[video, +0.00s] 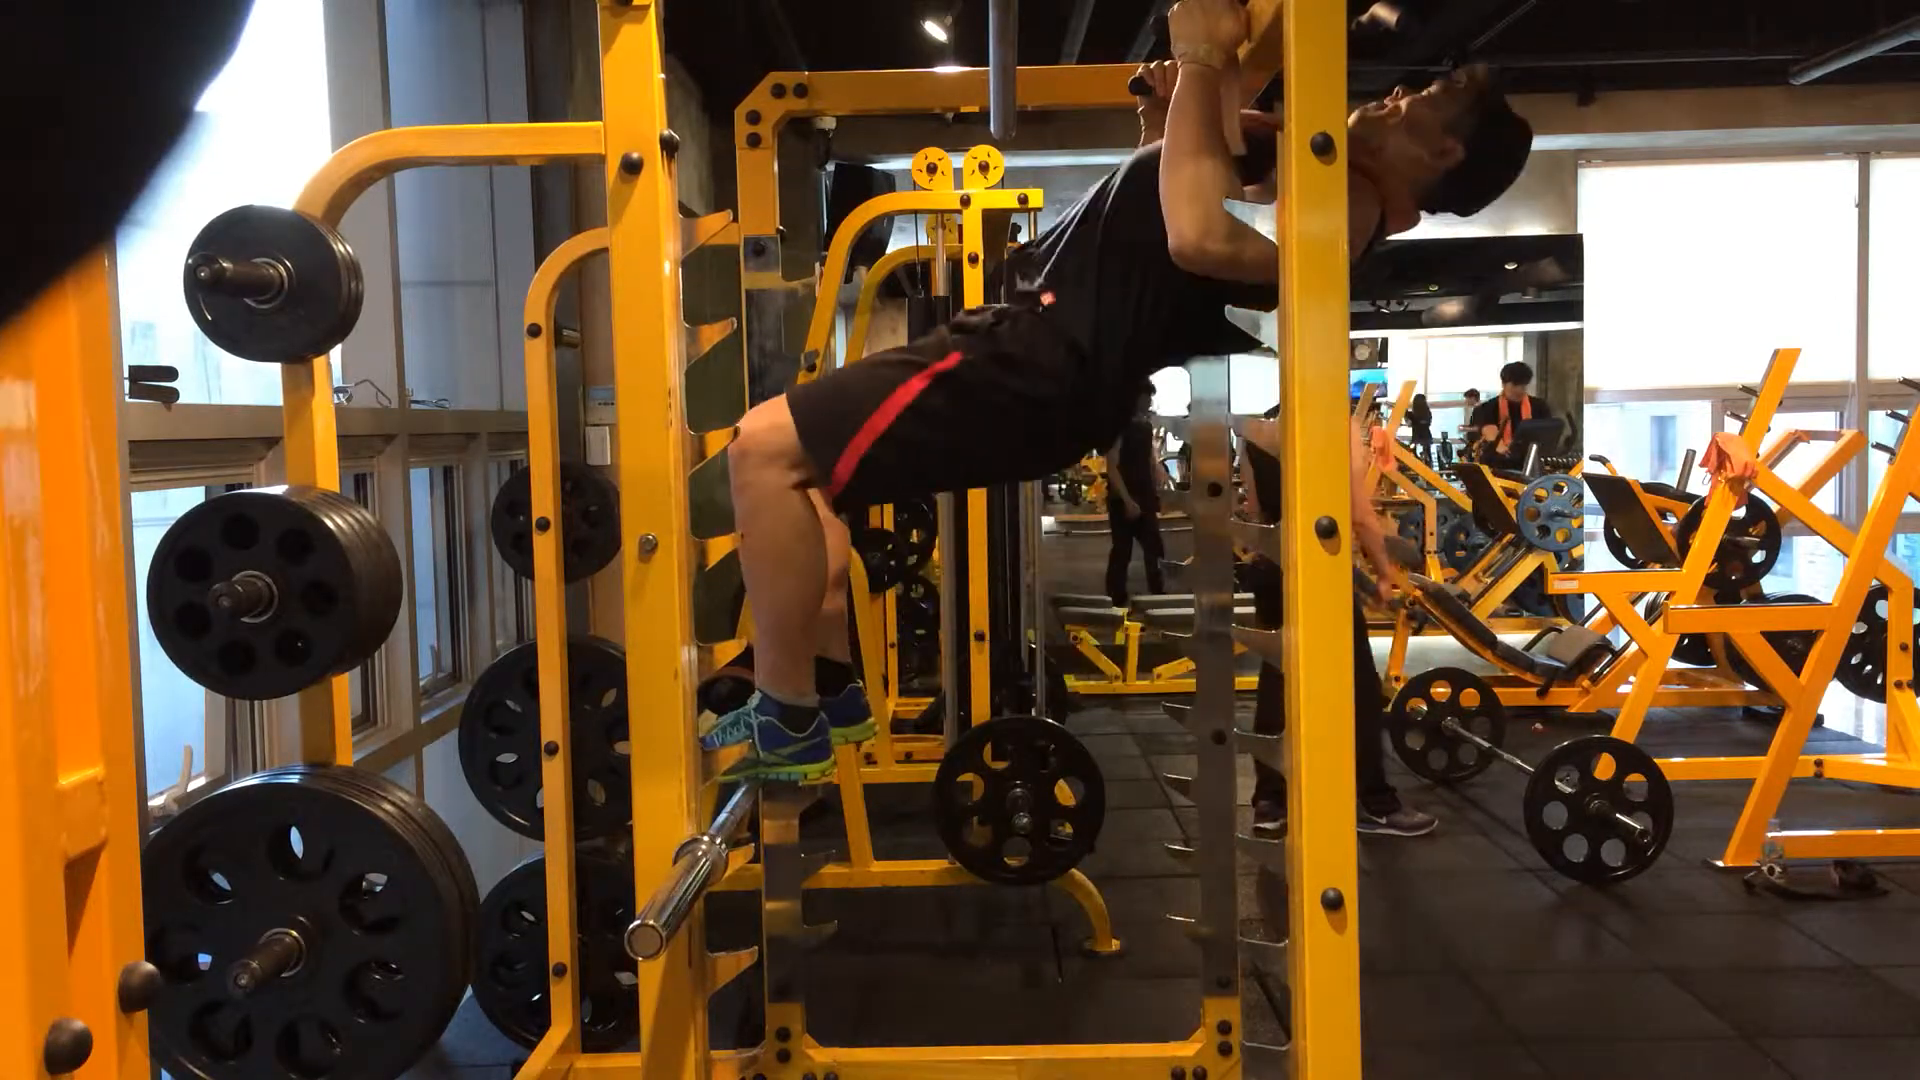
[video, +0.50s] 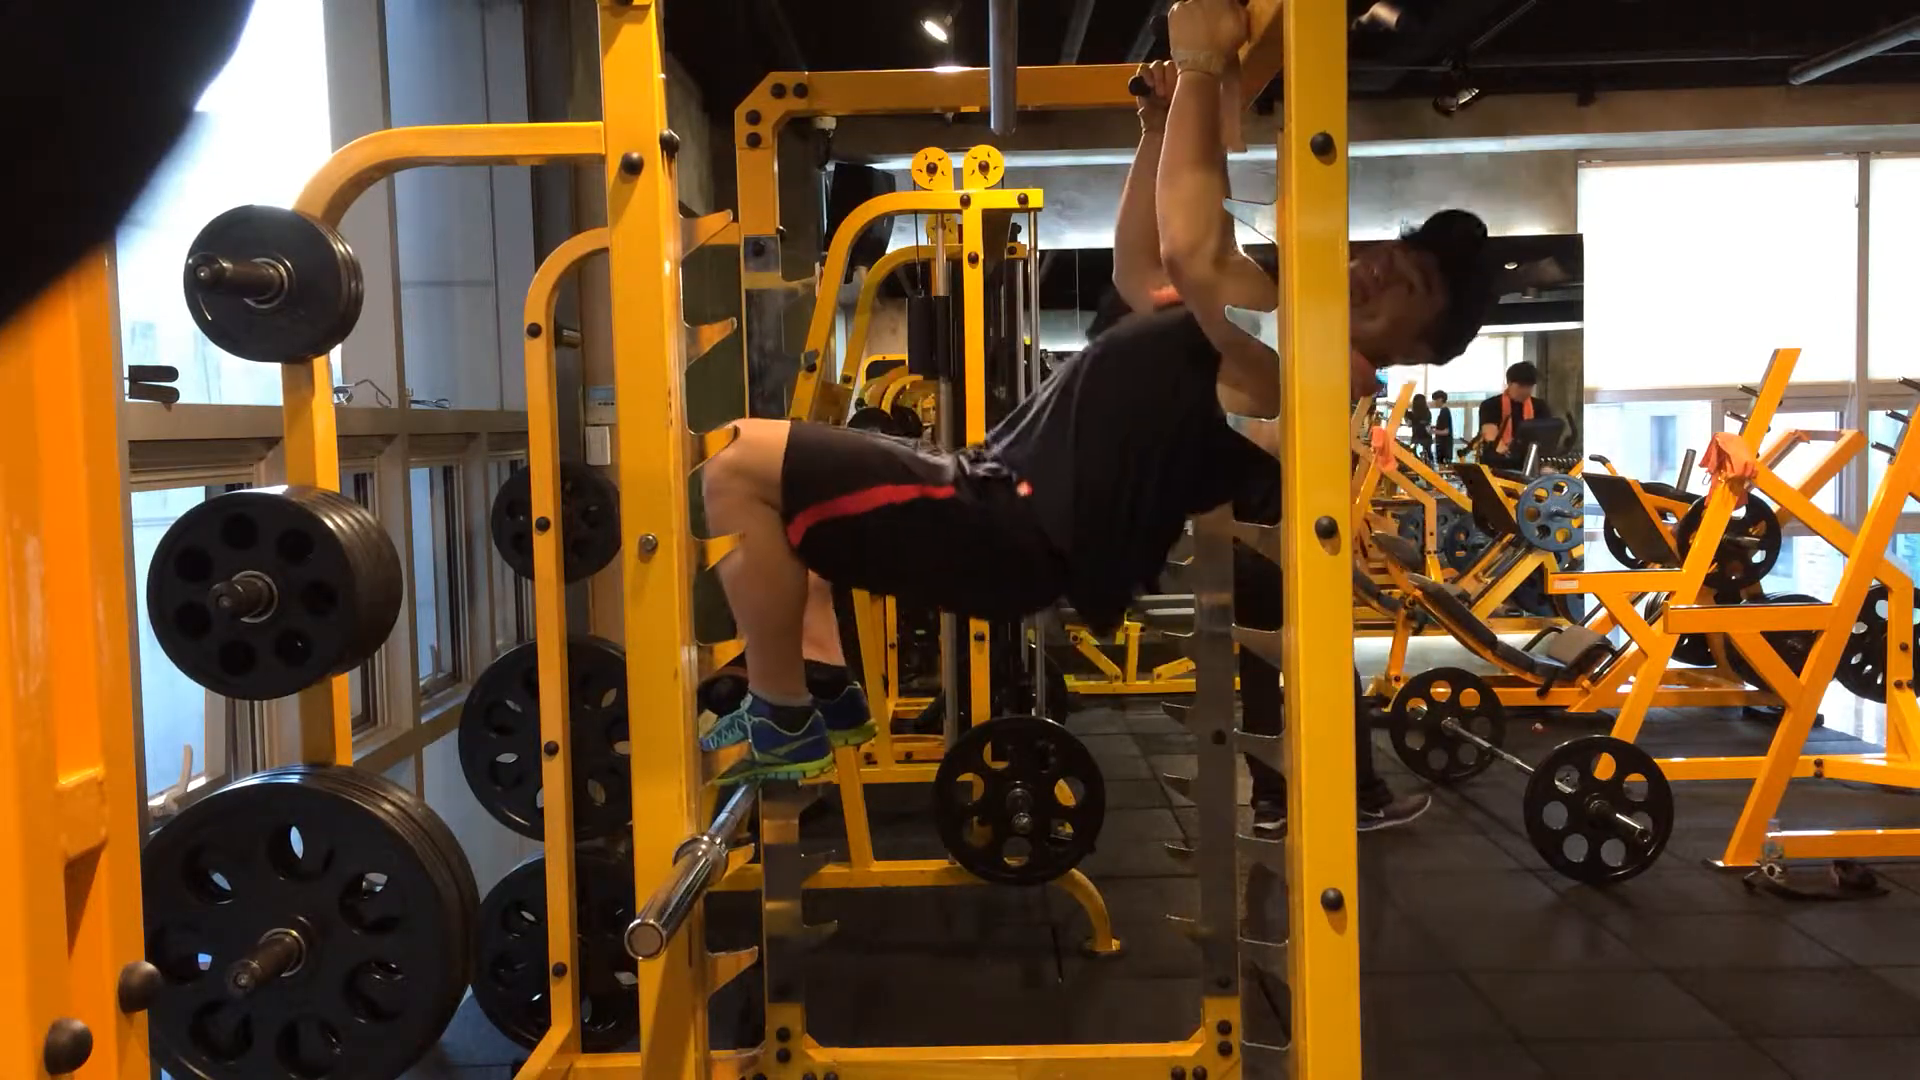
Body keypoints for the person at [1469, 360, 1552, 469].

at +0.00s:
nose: (1519, 391)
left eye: (1523, 387)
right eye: (1514, 386)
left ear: (1526, 386)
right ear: (1504, 384)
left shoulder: (1539, 406)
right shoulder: (1487, 409)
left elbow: (1547, 433)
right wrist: (1499, 445)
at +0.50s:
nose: (1526, 392)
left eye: (1529, 386)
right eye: (1521, 386)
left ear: (1533, 386)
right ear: (1510, 384)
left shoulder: (1539, 406)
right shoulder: (1490, 405)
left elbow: (1547, 435)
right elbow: (1490, 436)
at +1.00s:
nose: (1515, 392)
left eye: (1518, 386)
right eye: (1509, 387)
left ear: (1521, 386)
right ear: (1499, 387)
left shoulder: (1537, 404)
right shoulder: (1485, 410)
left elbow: (1545, 434)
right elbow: (1489, 443)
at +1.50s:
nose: (1525, 393)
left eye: (1529, 388)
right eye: (1520, 388)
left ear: (1533, 388)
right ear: (1509, 385)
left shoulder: (1540, 406)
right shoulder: (1490, 406)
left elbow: (1547, 437)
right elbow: (1492, 442)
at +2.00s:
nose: (1515, 394)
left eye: (1518, 389)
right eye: (1510, 389)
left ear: (1522, 388)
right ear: (1500, 387)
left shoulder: (1537, 405)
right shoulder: (1485, 409)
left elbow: (1546, 435)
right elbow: (1489, 442)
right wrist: (1503, 451)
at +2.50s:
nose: (1518, 392)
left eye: (1521, 387)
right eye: (1513, 387)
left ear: (1524, 386)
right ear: (1501, 387)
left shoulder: (1537, 405)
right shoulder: (1485, 409)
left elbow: (1547, 435)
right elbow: (1489, 440)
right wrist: (1504, 450)